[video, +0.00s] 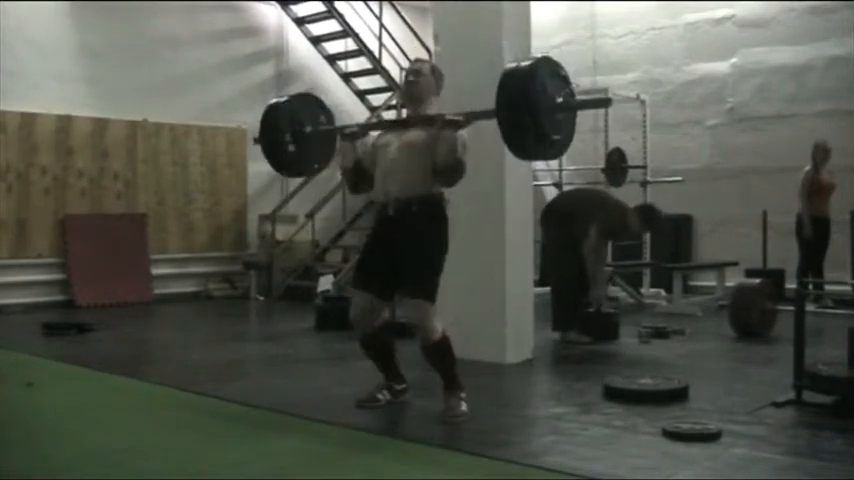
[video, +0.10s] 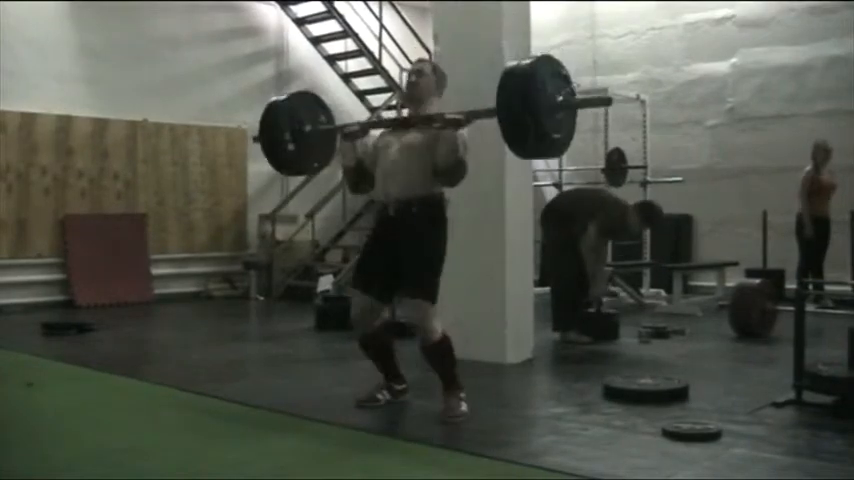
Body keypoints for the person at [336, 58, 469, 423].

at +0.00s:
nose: (408, 77)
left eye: (418, 73)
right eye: (406, 73)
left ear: (436, 86)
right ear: (400, 84)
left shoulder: (443, 129)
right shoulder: (384, 136)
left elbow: (448, 177)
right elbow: (359, 185)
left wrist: (447, 133)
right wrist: (348, 150)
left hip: (425, 218)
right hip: (387, 221)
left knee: (417, 311)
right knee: (364, 308)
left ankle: (453, 391)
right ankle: (394, 383)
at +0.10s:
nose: (411, 77)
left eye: (420, 73)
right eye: (409, 72)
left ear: (438, 86)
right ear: (403, 83)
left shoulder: (445, 128)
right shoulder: (386, 136)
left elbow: (450, 176)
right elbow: (360, 185)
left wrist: (447, 131)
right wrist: (350, 148)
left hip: (425, 218)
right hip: (388, 221)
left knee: (417, 311)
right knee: (363, 308)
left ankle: (453, 393)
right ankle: (394, 383)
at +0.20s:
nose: (419, 66)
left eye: (428, 63)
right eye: (418, 62)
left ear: (446, 76)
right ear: (412, 71)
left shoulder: (452, 113)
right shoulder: (389, 113)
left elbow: (452, 151)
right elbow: (355, 161)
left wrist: (439, 107)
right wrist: (349, 124)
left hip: (420, 204)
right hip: (380, 205)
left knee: (426, 303)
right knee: (372, 300)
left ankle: (453, 392)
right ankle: (391, 383)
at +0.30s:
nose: (428, 60)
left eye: (438, 58)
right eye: (426, 56)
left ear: (448, 74)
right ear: (417, 68)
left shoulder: (442, 110)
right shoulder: (392, 106)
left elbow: (451, 128)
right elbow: (350, 135)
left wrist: (452, 79)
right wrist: (351, 94)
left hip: (417, 204)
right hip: (375, 203)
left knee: (430, 297)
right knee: (372, 294)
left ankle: (453, 389)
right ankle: (388, 377)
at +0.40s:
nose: (422, 66)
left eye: (431, 63)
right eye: (420, 62)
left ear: (446, 76)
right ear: (413, 74)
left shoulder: (446, 115)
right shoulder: (391, 110)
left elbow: (459, 88)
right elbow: (349, 104)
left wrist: (459, 51)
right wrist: (352, 61)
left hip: (412, 195)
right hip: (373, 195)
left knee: (425, 295)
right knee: (371, 294)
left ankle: (453, 388)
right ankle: (390, 378)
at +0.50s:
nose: (417, 70)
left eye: (426, 66)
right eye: (414, 66)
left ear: (444, 77)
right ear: (410, 76)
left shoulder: (446, 115)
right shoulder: (391, 109)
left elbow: (464, 81)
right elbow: (354, 88)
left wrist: (463, 32)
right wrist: (356, 45)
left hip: (411, 202)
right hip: (372, 201)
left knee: (422, 298)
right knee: (373, 297)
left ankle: (453, 391)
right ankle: (392, 381)